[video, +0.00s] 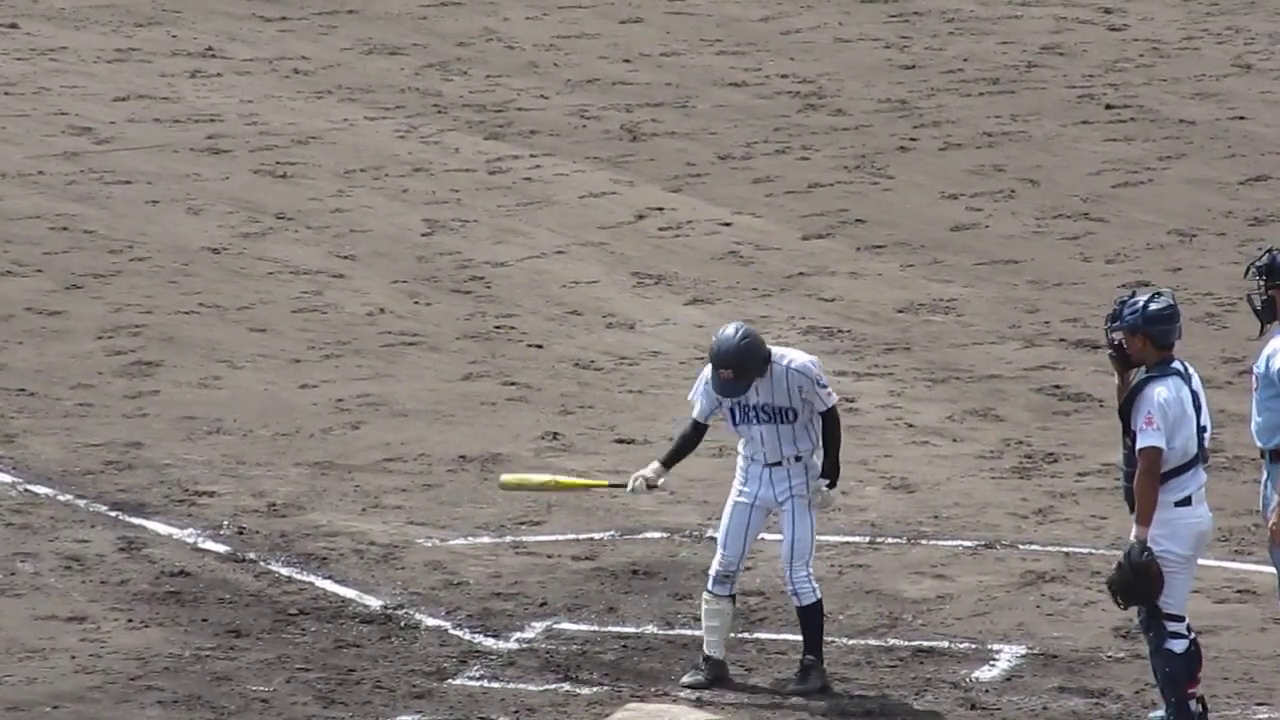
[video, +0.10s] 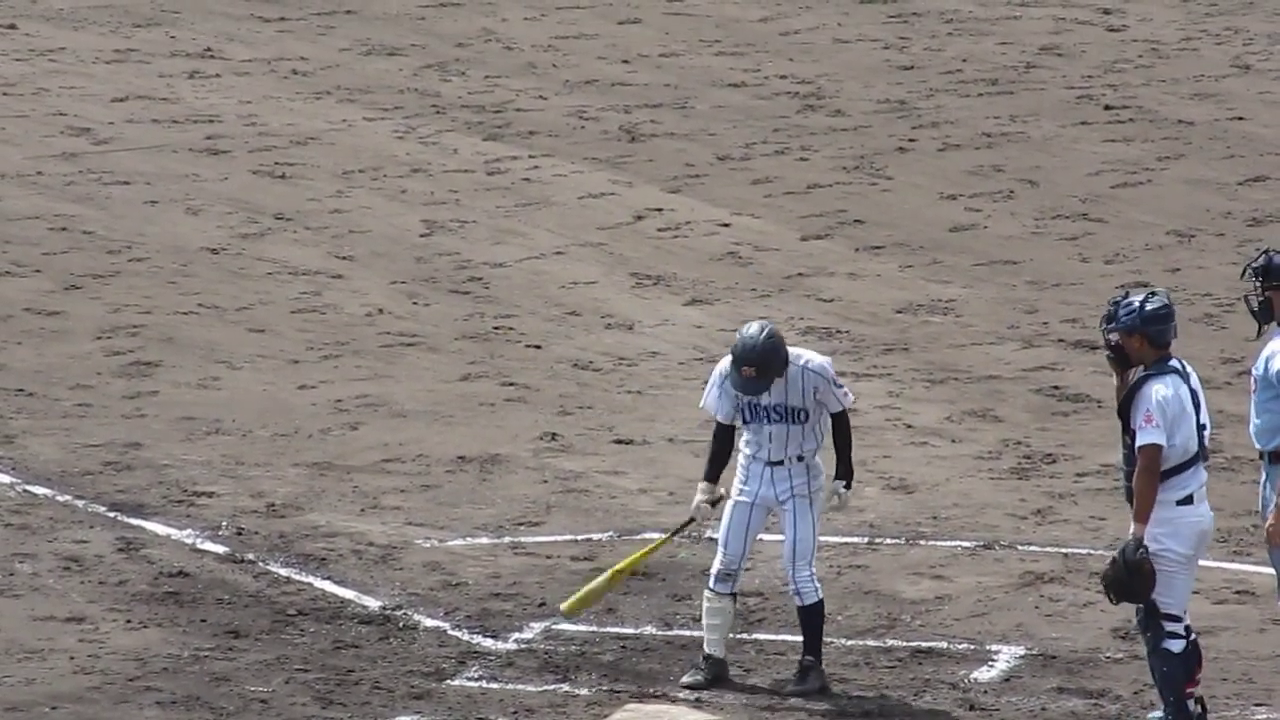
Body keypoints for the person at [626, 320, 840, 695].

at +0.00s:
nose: (727, 385)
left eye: (734, 379)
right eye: (722, 377)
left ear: (755, 366)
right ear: (717, 363)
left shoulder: (800, 370)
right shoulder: (717, 376)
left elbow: (829, 414)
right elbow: (696, 428)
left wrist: (829, 476)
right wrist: (659, 466)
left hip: (797, 474)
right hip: (750, 475)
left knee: (798, 573)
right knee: (724, 566)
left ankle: (813, 666)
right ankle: (712, 661)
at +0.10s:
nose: (750, 385)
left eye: (758, 378)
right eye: (745, 376)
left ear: (779, 364)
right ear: (737, 361)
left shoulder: (814, 371)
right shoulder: (728, 373)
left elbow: (839, 415)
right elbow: (723, 431)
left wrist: (843, 475)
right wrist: (708, 483)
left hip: (800, 476)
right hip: (750, 474)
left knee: (800, 572)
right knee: (725, 565)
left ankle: (811, 667)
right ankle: (712, 661)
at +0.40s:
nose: (783, 367)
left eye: (791, 361)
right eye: (778, 360)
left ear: (808, 354)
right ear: (769, 352)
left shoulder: (833, 364)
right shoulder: (750, 371)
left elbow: (847, 411)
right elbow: (768, 432)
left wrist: (861, 467)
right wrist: (798, 476)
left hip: (802, 472)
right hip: (750, 468)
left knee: (803, 570)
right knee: (712, 565)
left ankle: (813, 664)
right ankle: (714, 631)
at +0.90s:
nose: (733, 360)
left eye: (740, 354)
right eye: (728, 353)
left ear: (762, 346)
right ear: (723, 344)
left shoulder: (797, 360)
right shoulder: (712, 372)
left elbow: (816, 410)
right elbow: (718, 434)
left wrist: (824, 467)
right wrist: (729, 488)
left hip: (775, 469)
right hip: (726, 470)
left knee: (793, 563)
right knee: (705, 561)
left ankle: (814, 662)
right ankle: (704, 654)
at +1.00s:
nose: (715, 359)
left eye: (720, 352)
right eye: (712, 352)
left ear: (742, 346)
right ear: (714, 345)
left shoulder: (788, 364)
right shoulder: (707, 366)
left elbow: (807, 419)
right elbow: (698, 432)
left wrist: (811, 470)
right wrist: (694, 490)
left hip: (772, 472)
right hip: (721, 470)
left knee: (789, 567)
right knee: (701, 562)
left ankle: (812, 664)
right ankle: (699, 656)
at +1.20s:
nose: (705, 370)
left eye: (708, 363)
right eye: (702, 364)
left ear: (728, 352)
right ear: (707, 354)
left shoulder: (780, 374)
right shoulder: (704, 376)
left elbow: (802, 434)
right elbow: (678, 431)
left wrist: (791, 488)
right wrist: (640, 464)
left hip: (776, 478)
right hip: (730, 476)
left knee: (782, 574)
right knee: (699, 564)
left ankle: (811, 664)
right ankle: (701, 657)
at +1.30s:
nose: (712, 375)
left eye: (714, 368)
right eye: (708, 368)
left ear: (733, 355)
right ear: (713, 360)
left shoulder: (785, 376)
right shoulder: (716, 374)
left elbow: (807, 435)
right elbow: (676, 413)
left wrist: (787, 492)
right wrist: (627, 432)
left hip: (788, 478)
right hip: (744, 474)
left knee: (793, 573)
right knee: (719, 561)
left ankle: (813, 665)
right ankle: (704, 655)